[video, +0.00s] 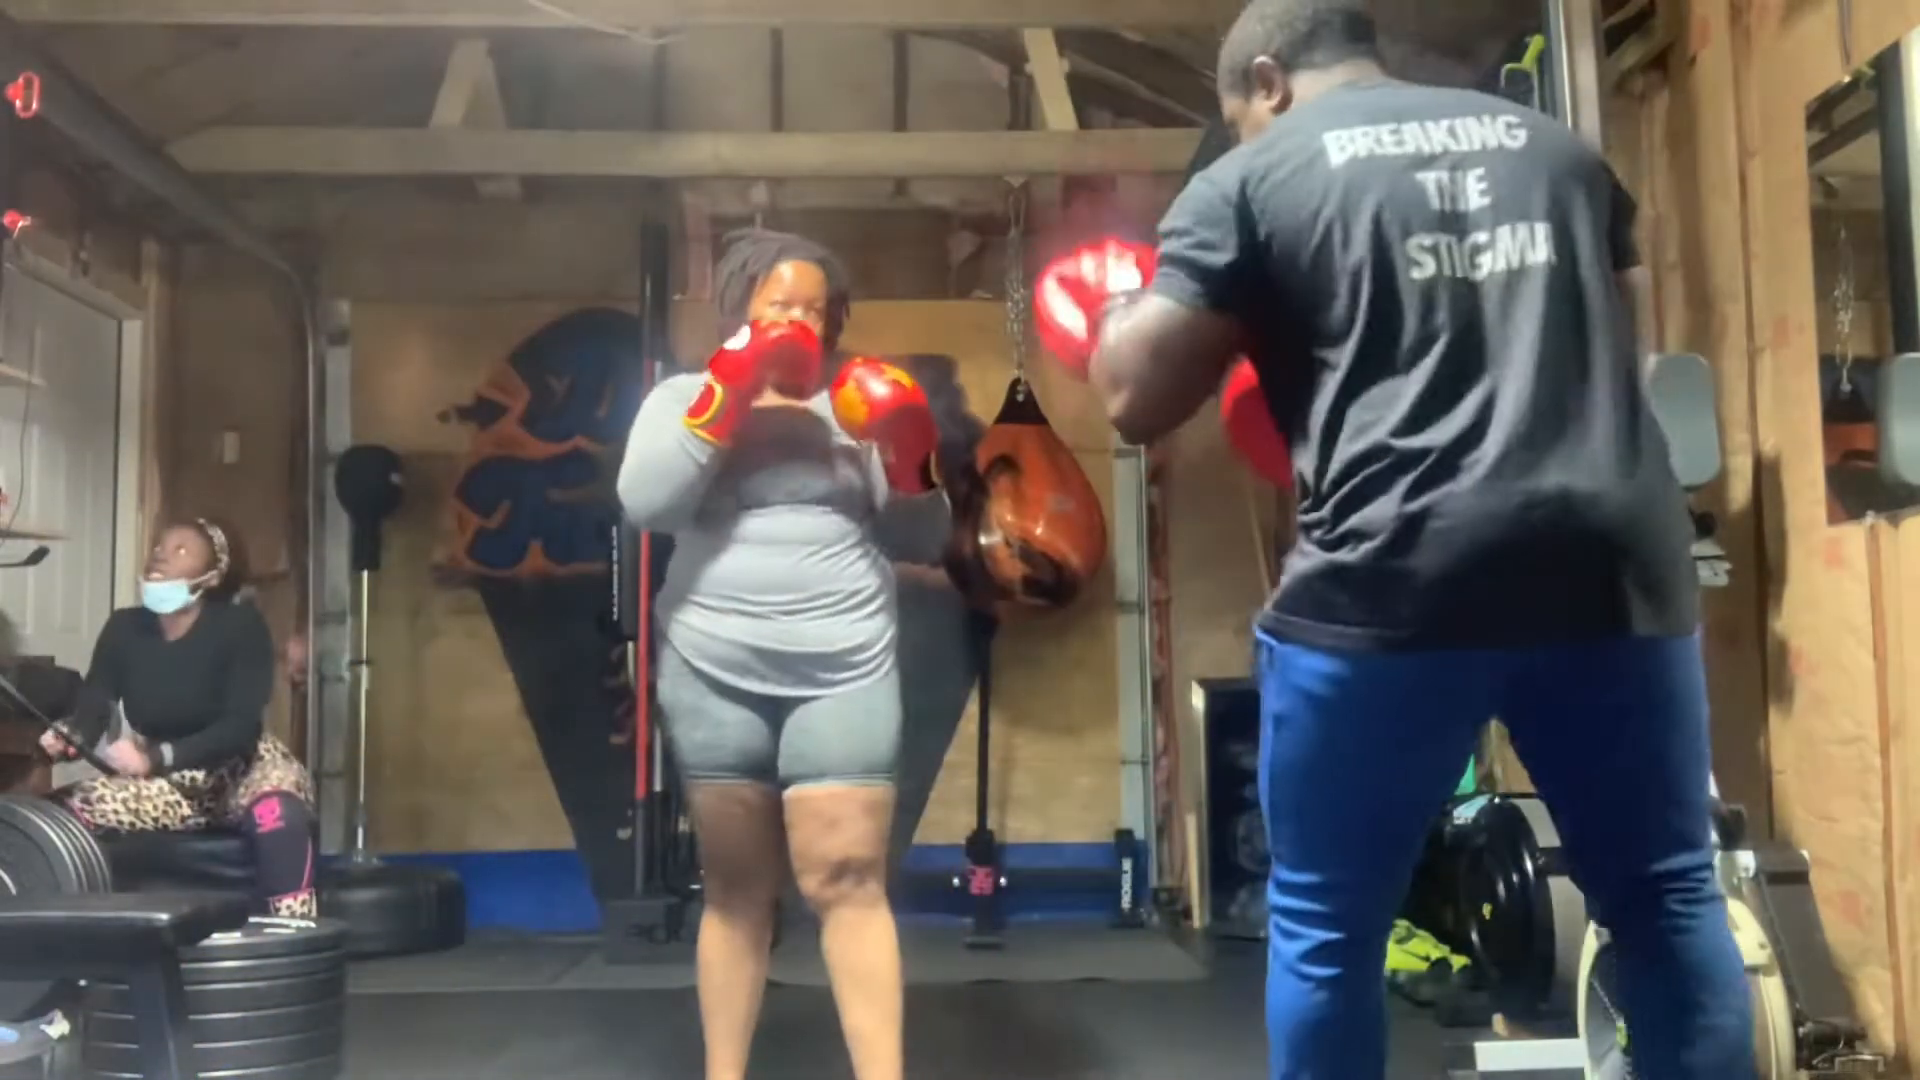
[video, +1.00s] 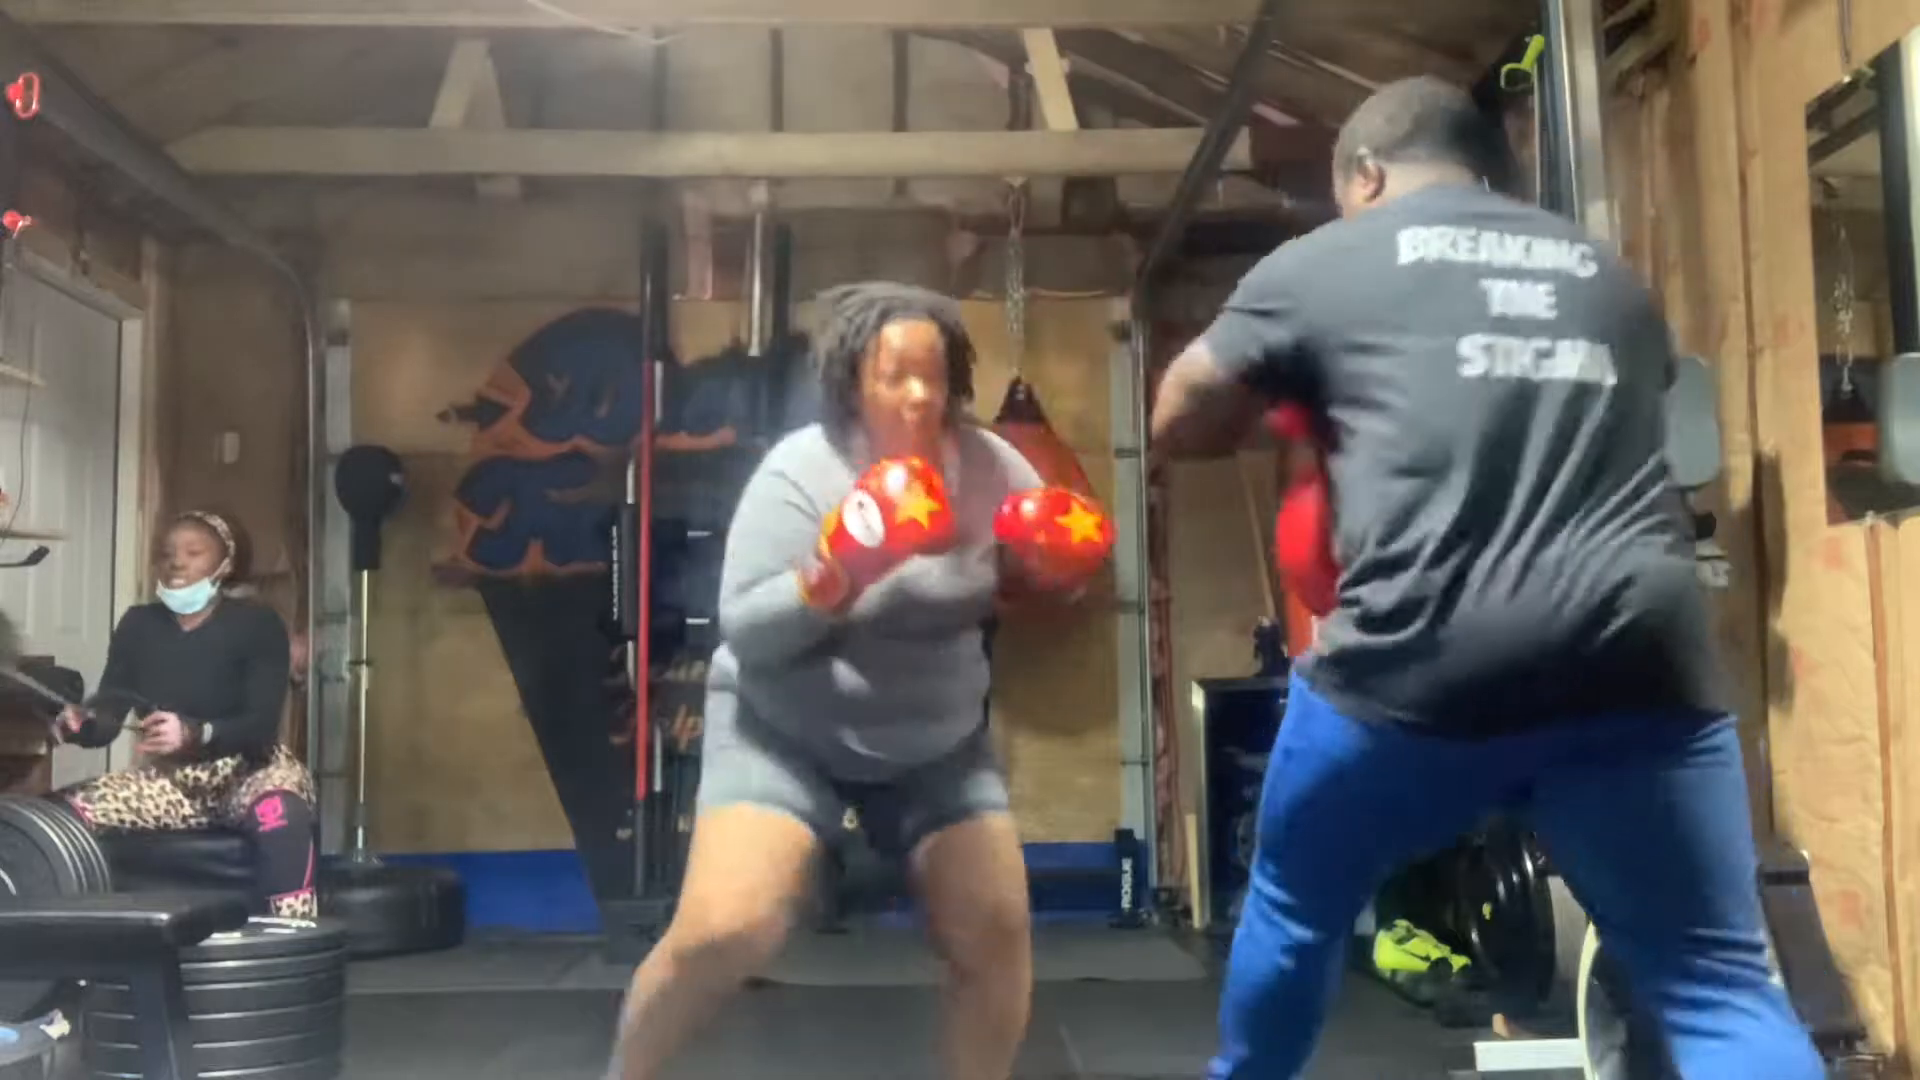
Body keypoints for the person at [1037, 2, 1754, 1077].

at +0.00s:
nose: (1237, 138)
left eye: (1233, 121)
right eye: (1230, 125)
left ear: (1270, 87)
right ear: (1372, 57)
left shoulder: (1251, 178)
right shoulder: (1555, 137)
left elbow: (1137, 401)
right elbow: (1622, 348)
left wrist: (1128, 315)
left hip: (1393, 570)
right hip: (1617, 554)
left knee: (1323, 933)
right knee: (1667, 894)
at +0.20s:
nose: (1287, 125)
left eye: (1283, 111)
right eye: (1282, 112)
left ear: (1318, 81)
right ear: (1428, 55)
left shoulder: (1292, 173)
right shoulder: (1597, 151)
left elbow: (1146, 362)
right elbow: (1647, 335)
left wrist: (1138, 235)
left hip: (1423, 575)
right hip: (1652, 561)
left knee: (1337, 925)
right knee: (1715, 914)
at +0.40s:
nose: (1335, 120)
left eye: (1335, 104)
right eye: (1334, 106)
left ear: (1371, 81)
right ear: (1486, 65)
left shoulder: (1332, 173)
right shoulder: (1639, 174)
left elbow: (1158, 329)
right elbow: (1681, 337)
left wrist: (1169, 195)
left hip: (1438, 603)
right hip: (1672, 596)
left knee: (1322, 914)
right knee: (1726, 931)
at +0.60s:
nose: (1312, 130)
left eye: (1312, 114)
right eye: (1313, 117)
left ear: (1342, 93)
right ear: (1461, 81)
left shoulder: (1293, 183)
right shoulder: (1607, 170)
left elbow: (1107, 298)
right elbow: (1674, 357)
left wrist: (1117, 166)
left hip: (1418, 574)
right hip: (1653, 562)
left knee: (1337, 915)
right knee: (1723, 906)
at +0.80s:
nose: (1345, 142)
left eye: (1346, 128)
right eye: (1349, 130)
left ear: (1377, 109)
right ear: (1494, 96)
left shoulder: (1324, 193)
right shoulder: (1646, 194)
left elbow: (1137, 329)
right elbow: (1695, 399)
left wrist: (1174, 277)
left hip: (1444, 585)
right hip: (1674, 579)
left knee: (1310, 867)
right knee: (1749, 927)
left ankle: (1326, 1071)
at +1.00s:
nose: (1341, 207)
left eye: (1341, 190)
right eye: (1341, 193)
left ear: (1366, 178)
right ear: (1489, 171)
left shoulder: (1317, 267)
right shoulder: (1611, 272)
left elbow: (1178, 423)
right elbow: (1641, 399)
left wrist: (1287, 408)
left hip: (1413, 668)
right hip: (1638, 661)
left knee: (1292, 906)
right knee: (1716, 973)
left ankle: (1246, 1069)